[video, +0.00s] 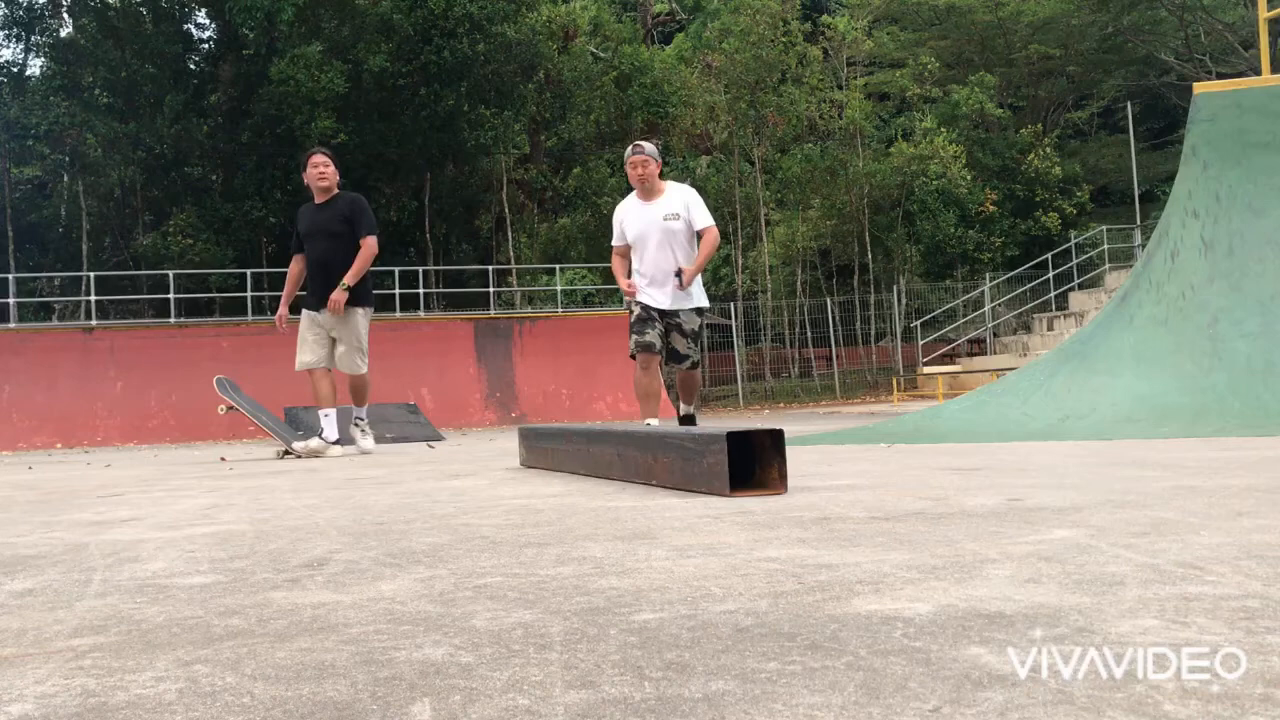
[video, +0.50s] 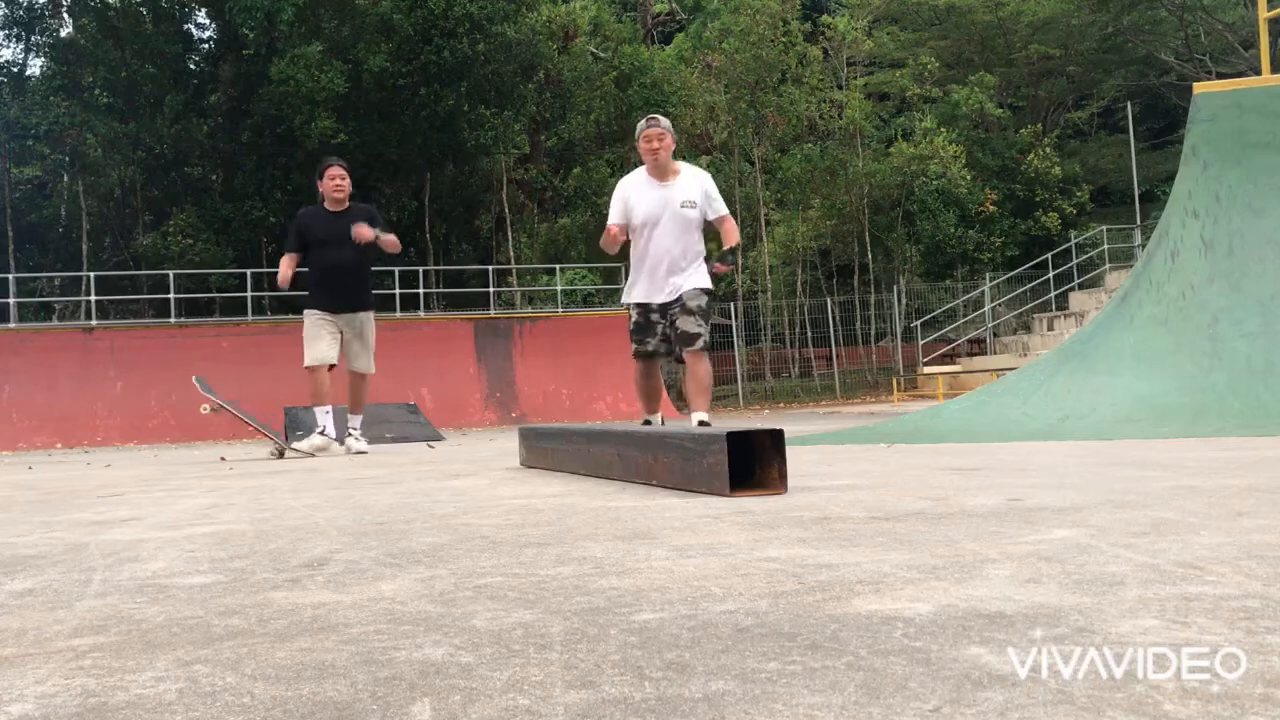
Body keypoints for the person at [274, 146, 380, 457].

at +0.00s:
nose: (322, 170)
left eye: (327, 165)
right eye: (315, 167)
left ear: (337, 174)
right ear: (306, 178)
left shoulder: (353, 203)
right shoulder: (304, 214)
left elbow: (370, 247)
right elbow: (299, 261)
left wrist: (344, 286)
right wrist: (285, 303)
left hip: (352, 304)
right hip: (315, 306)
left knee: (355, 367)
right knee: (316, 365)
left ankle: (359, 422)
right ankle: (329, 435)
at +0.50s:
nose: (339, 182)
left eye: (343, 177)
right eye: (332, 178)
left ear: (350, 184)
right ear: (320, 186)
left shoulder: (365, 214)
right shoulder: (306, 218)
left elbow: (395, 247)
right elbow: (291, 254)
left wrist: (375, 235)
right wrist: (285, 272)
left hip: (359, 310)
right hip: (319, 309)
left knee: (360, 370)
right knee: (317, 364)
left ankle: (354, 433)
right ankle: (325, 433)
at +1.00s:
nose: (319, 186)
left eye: (323, 182)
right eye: (313, 182)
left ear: (331, 189)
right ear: (303, 189)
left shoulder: (343, 217)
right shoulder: (293, 217)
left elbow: (377, 217)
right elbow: (271, 219)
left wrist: (348, 185)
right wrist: (295, 187)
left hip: (342, 309)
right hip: (302, 310)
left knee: (350, 372)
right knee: (296, 374)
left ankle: (354, 432)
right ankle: (290, 435)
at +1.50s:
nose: (292, 192)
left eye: (295, 188)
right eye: (285, 189)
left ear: (302, 196)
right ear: (272, 197)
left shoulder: (317, 223)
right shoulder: (263, 225)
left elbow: (355, 233)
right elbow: (232, 228)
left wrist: (327, 207)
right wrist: (259, 203)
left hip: (315, 312)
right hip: (278, 313)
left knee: (327, 374)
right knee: (279, 377)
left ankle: (306, 423)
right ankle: (283, 434)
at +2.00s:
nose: (293, 203)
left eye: (296, 198)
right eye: (287, 199)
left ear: (303, 205)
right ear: (275, 205)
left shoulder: (313, 238)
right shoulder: (260, 235)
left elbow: (319, 278)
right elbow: (239, 274)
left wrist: (322, 314)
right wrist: (228, 311)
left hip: (306, 319)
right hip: (273, 319)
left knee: (302, 380)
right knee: (275, 377)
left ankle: (293, 435)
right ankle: (271, 438)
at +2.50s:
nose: (270, 216)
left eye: (274, 211)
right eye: (264, 211)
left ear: (280, 214)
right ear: (253, 214)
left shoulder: (289, 242)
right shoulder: (240, 243)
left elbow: (299, 278)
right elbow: (224, 281)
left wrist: (315, 307)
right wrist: (235, 311)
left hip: (286, 325)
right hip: (252, 327)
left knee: (289, 379)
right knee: (252, 383)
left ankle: (291, 434)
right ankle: (253, 439)